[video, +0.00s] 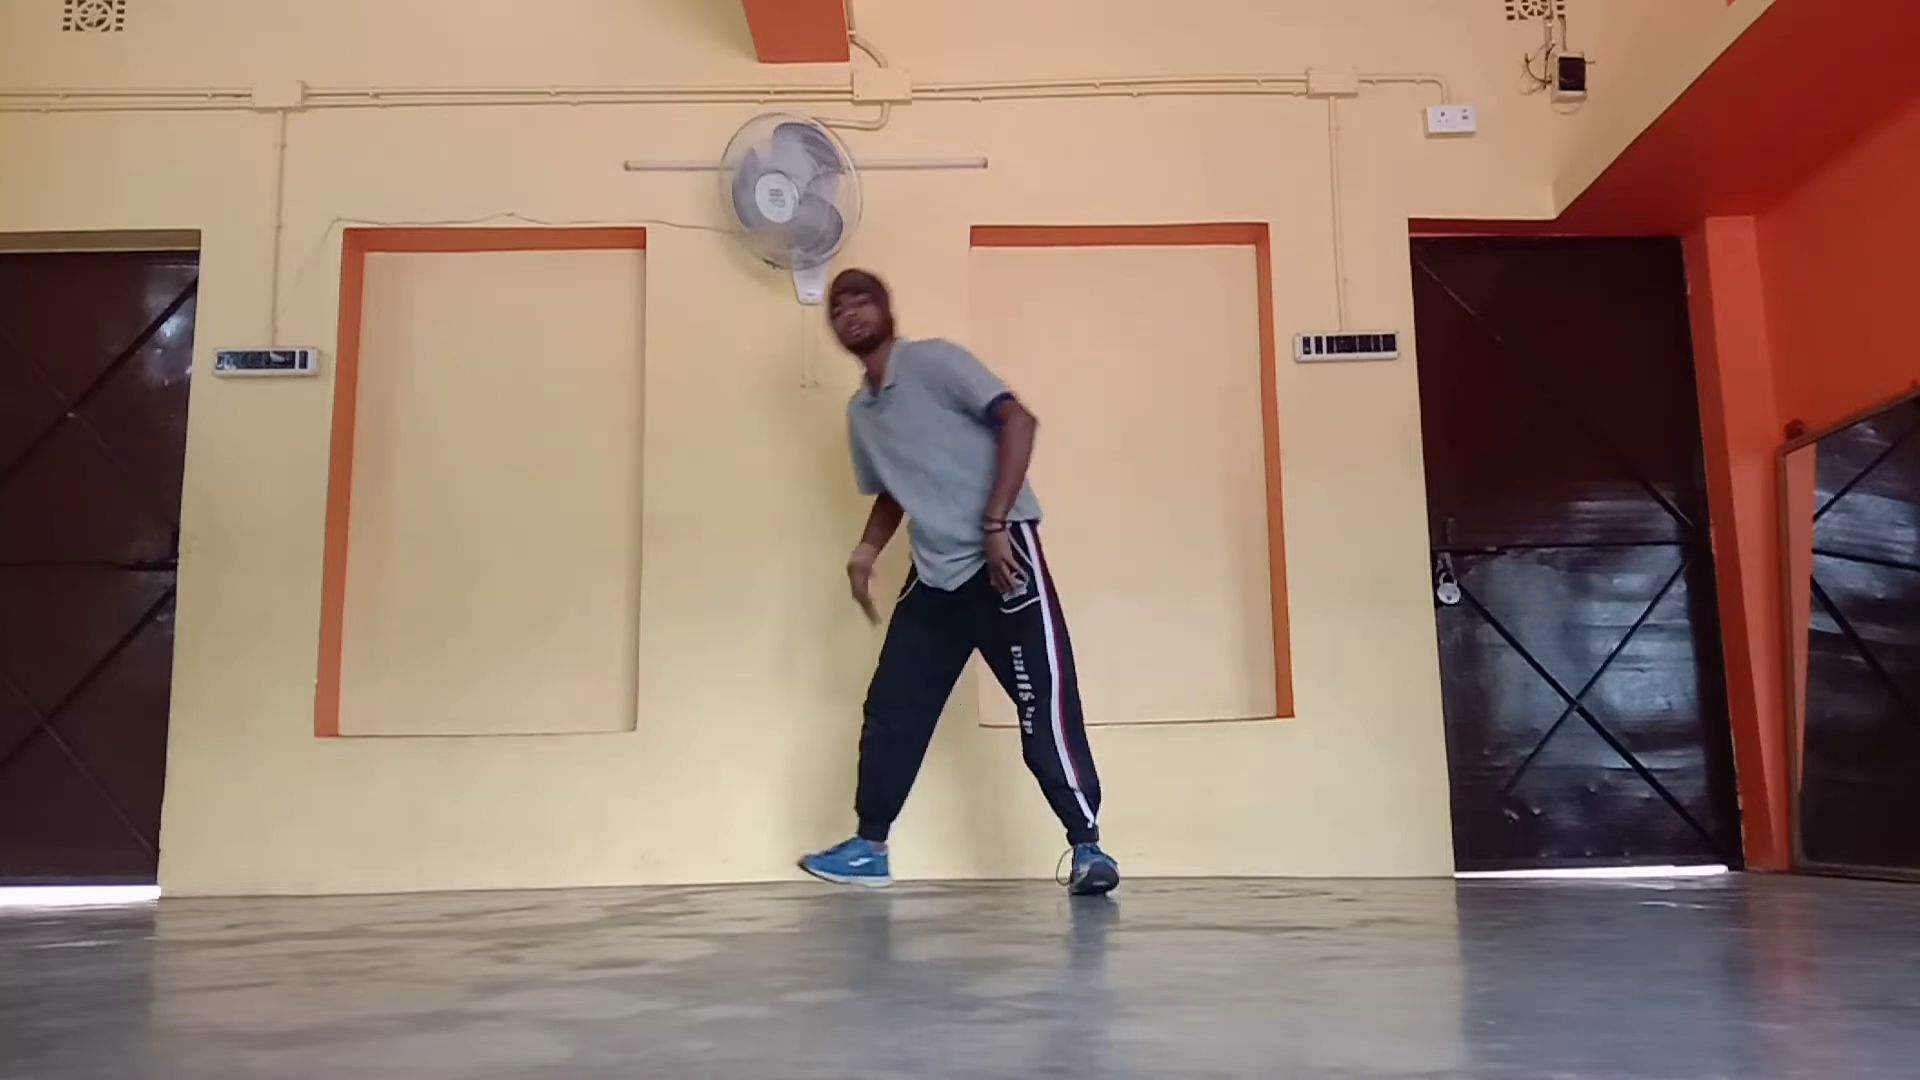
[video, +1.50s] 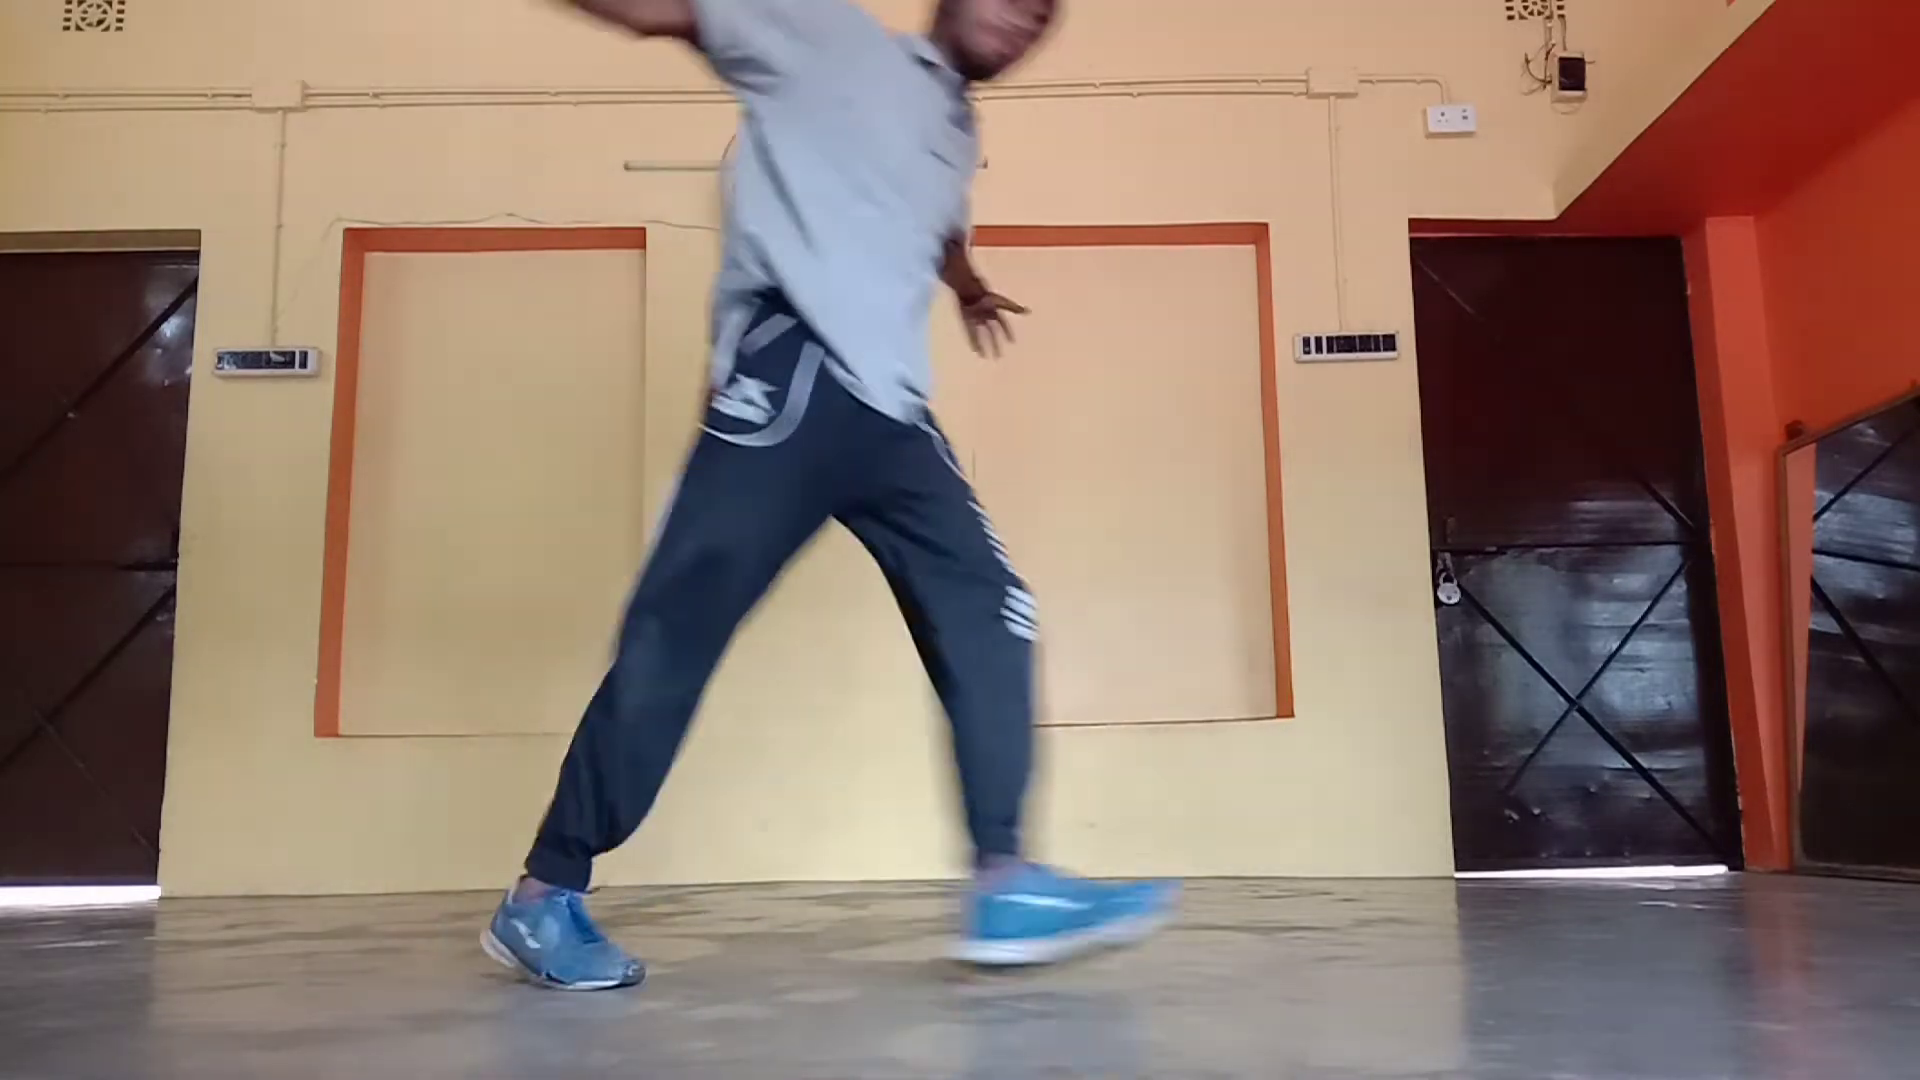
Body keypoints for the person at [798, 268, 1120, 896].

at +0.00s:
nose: (850, 312)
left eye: (862, 300)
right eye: (839, 307)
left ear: (889, 311)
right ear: (834, 328)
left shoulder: (934, 361)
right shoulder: (862, 412)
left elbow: (1018, 421)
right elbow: (894, 492)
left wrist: (995, 523)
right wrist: (866, 552)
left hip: (1004, 557)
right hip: (936, 575)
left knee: (1045, 701)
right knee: (894, 702)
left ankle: (1086, 847)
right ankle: (870, 844)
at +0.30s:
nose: (743, 318)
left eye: (757, 307)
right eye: (739, 307)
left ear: (790, 316)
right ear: (736, 318)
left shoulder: (831, 369)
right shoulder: (764, 408)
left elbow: (928, 410)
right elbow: (799, 495)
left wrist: (1009, 473)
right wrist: (792, 560)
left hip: (877, 557)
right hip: (820, 577)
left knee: (873, 712)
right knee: (790, 724)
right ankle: (848, 853)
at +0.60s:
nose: (711, 296)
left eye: (729, 286)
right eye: (707, 280)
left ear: (764, 292)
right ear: (699, 278)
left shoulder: (808, 351)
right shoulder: (675, 348)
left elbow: (910, 340)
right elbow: (595, 357)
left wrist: (1004, 305)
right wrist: (513, 348)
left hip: (758, 552)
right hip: (687, 555)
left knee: (676, 692)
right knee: (712, 708)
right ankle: (757, 854)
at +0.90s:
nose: (665, 149)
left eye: (684, 139)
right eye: (653, 135)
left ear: (708, 161)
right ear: (632, 154)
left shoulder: (742, 250)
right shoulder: (601, 261)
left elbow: (768, 378)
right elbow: (568, 378)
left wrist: (646, 375)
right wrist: (579, 422)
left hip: (684, 497)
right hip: (594, 478)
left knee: (627, 678)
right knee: (490, 570)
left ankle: (561, 853)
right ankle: (529, 702)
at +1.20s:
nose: (685, 88)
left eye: (704, 78)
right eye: (666, 72)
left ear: (723, 106)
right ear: (631, 94)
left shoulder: (763, 221)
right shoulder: (561, 216)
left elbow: (823, 353)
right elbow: (485, 337)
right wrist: (455, 422)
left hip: (698, 495)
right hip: (576, 473)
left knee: (660, 722)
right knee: (515, 670)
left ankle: (521, 804)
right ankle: (451, 891)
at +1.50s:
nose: (1024, 28)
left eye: (1041, 21)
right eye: (1015, 3)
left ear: (1036, 39)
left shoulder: (955, 132)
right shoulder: (830, 34)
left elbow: (941, 223)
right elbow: (662, 10)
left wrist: (970, 285)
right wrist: (590, 0)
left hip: (891, 404)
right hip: (788, 369)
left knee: (988, 610)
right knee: (676, 629)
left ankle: (1003, 880)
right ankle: (544, 896)